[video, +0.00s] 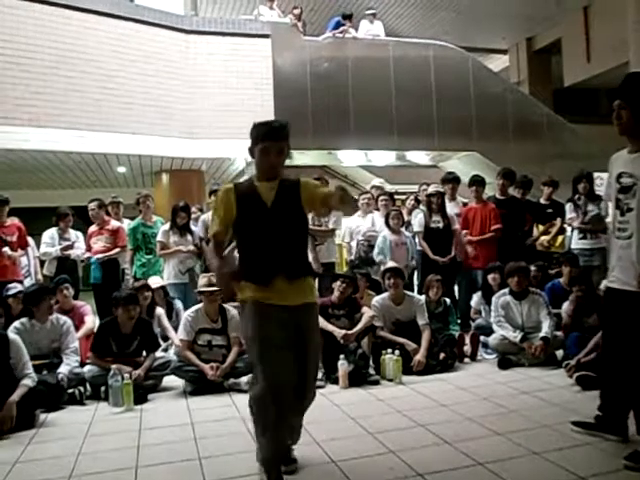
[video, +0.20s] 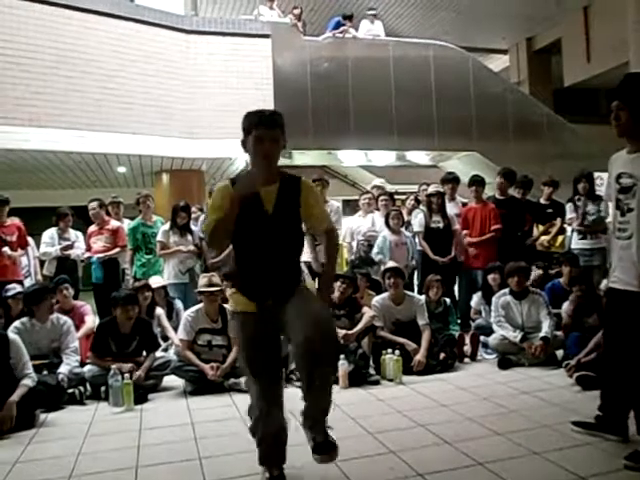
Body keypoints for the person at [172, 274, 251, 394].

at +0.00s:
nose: (212, 298)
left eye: (215, 293)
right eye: (207, 295)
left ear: (220, 294)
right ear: (200, 297)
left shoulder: (231, 314)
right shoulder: (191, 316)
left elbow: (236, 345)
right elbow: (183, 349)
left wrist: (225, 368)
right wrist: (204, 367)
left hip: (225, 359)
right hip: (200, 360)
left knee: (250, 361)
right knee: (176, 366)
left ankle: (203, 385)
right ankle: (226, 384)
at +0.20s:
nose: (212, 297)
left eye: (215, 292)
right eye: (208, 293)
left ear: (221, 293)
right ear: (200, 296)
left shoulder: (229, 313)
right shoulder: (191, 315)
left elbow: (236, 345)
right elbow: (183, 349)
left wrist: (224, 367)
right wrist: (204, 367)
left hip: (224, 360)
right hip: (200, 360)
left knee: (245, 369)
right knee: (177, 367)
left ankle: (199, 386)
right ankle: (225, 384)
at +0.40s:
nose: (212, 297)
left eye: (215, 293)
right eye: (207, 294)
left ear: (221, 294)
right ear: (200, 296)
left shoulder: (229, 313)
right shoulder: (191, 315)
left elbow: (236, 345)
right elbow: (182, 349)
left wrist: (225, 367)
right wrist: (204, 367)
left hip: (225, 359)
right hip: (200, 359)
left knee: (246, 369)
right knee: (177, 366)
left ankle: (201, 386)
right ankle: (223, 384)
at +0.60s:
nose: (212, 297)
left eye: (215, 293)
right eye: (207, 294)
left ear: (221, 294)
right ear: (200, 296)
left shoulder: (230, 313)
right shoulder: (191, 316)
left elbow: (236, 345)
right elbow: (184, 349)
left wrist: (224, 368)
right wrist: (204, 367)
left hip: (224, 361)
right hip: (200, 362)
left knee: (246, 371)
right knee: (177, 367)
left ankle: (201, 386)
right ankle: (226, 384)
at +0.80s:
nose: (210, 299)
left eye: (213, 295)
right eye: (206, 295)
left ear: (221, 295)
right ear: (201, 296)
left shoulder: (231, 314)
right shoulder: (191, 316)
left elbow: (236, 344)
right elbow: (184, 350)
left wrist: (225, 367)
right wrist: (204, 367)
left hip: (225, 359)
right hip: (201, 359)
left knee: (253, 360)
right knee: (177, 367)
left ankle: (202, 386)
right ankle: (226, 383)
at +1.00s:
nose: (211, 296)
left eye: (214, 292)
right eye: (206, 293)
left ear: (220, 293)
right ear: (200, 295)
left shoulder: (230, 314)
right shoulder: (191, 316)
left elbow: (237, 344)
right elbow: (184, 349)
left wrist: (225, 367)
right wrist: (204, 367)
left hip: (225, 361)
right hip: (200, 362)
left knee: (248, 368)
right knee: (177, 367)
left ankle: (202, 386)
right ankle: (225, 384)